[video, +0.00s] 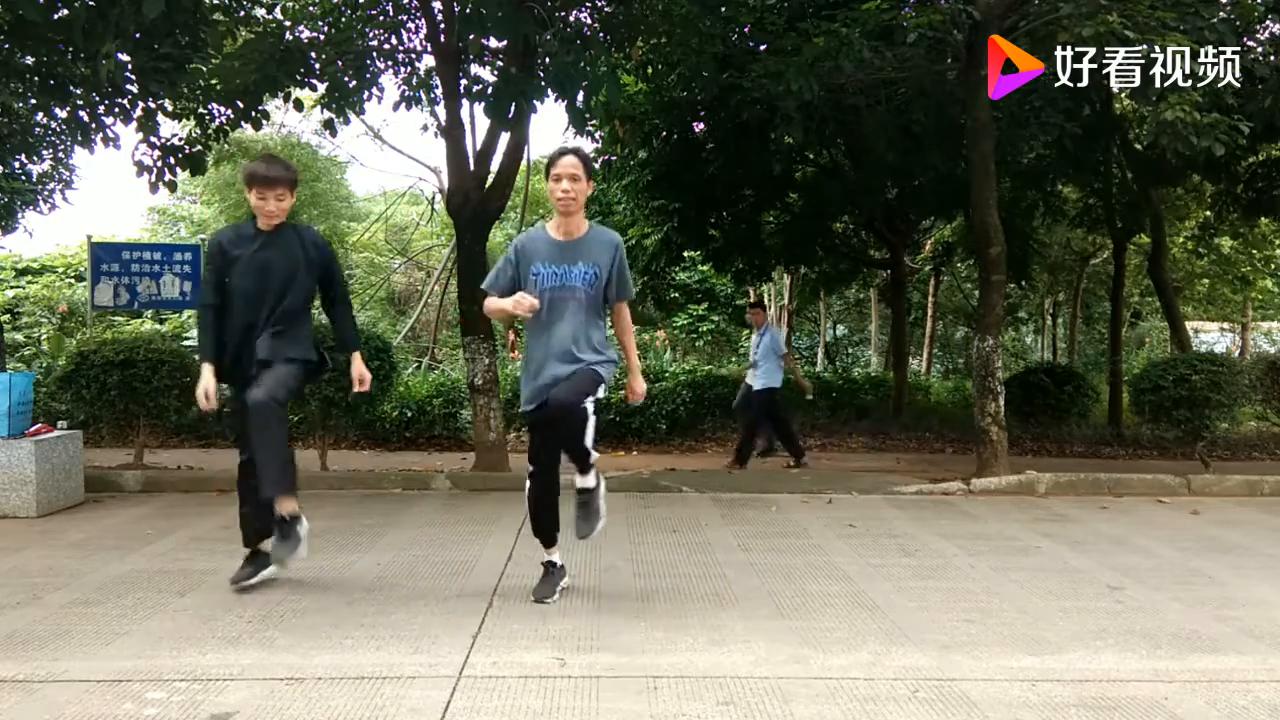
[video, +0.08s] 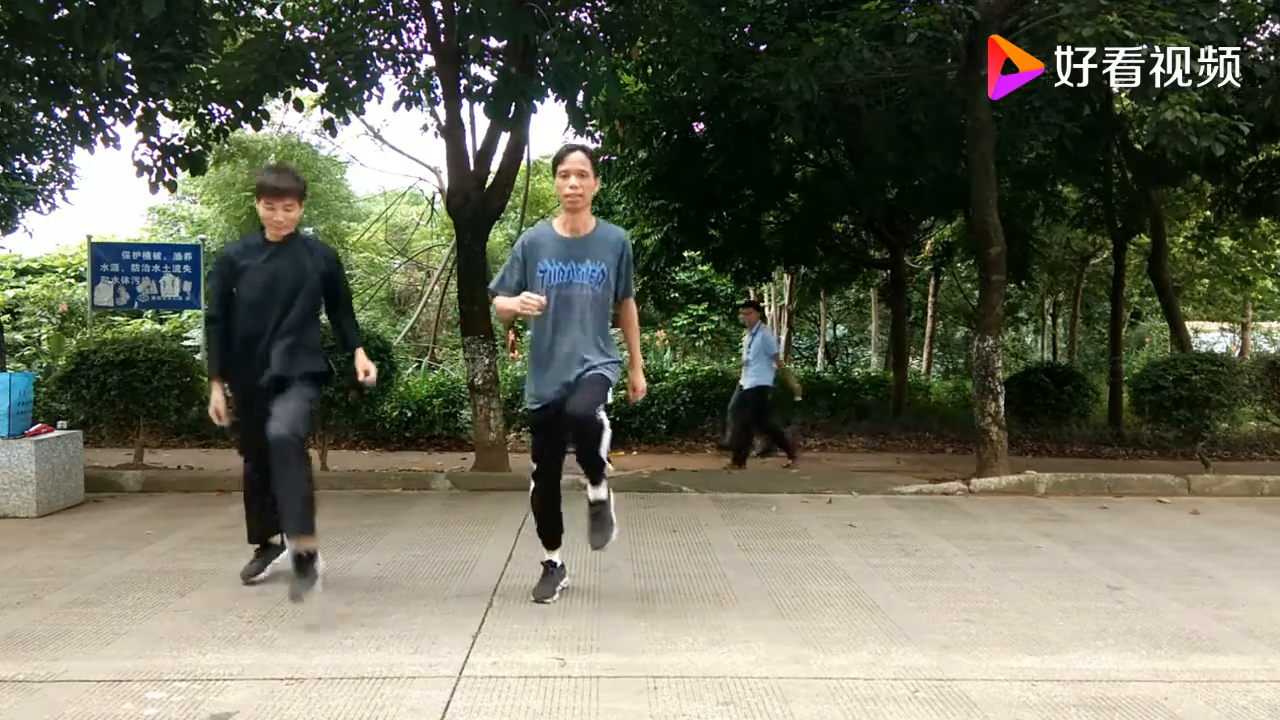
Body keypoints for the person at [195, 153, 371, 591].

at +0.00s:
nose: (272, 207)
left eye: (281, 198)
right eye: (263, 197)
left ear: (293, 198)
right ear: (248, 195)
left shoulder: (311, 245)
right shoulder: (225, 245)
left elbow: (337, 302)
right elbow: (209, 308)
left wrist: (355, 355)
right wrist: (207, 367)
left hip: (291, 355)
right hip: (243, 360)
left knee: (261, 400)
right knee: (249, 455)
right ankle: (257, 549)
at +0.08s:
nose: (280, 216)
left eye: (289, 208)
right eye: (272, 207)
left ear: (302, 208)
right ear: (258, 205)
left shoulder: (319, 256)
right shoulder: (235, 258)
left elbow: (342, 310)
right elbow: (216, 322)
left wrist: (358, 351)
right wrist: (216, 382)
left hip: (300, 372)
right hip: (248, 375)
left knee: (282, 434)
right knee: (255, 457)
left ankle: (304, 550)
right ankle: (268, 544)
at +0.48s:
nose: (331, 206)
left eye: (340, 198)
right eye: (323, 198)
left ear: (353, 205)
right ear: (310, 203)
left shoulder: (371, 253)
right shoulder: (291, 258)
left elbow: (401, 299)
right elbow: (285, 326)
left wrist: (372, 292)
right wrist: (299, 389)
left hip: (350, 372)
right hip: (305, 369)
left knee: (333, 467)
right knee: (278, 343)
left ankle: (338, 565)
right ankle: (292, 437)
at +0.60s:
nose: (346, 190)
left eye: (356, 182)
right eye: (338, 181)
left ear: (369, 188)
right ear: (326, 188)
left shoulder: (392, 239)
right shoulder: (307, 244)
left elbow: (399, 283)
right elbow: (302, 304)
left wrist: (383, 314)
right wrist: (308, 348)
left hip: (372, 353)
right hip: (323, 349)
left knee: (359, 458)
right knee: (317, 384)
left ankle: (343, 562)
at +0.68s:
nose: (355, 190)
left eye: (363, 182)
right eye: (346, 182)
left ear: (377, 187)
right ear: (335, 188)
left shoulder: (401, 238)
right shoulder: (317, 242)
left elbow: (401, 289)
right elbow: (312, 302)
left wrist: (389, 336)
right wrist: (320, 345)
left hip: (382, 351)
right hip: (335, 351)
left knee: (371, 444)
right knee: (339, 422)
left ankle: (354, 542)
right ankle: (361, 532)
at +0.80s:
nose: (371, 223)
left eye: (379, 214)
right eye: (362, 215)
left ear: (393, 221)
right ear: (351, 222)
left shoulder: (418, 274)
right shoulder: (334, 282)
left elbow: (425, 337)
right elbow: (329, 352)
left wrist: (415, 394)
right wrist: (335, 411)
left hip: (403, 397)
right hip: (358, 398)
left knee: (397, 488)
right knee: (382, 486)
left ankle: (379, 546)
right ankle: (398, 592)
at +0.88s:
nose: (376, 215)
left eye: (384, 207)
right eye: (367, 207)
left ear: (399, 216)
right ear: (355, 216)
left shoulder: (424, 272)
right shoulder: (339, 279)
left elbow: (439, 341)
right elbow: (331, 349)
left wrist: (439, 402)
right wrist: (335, 411)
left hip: (413, 396)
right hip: (364, 398)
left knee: (400, 485)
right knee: (392, 483)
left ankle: (377, 546)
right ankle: (403, 595)